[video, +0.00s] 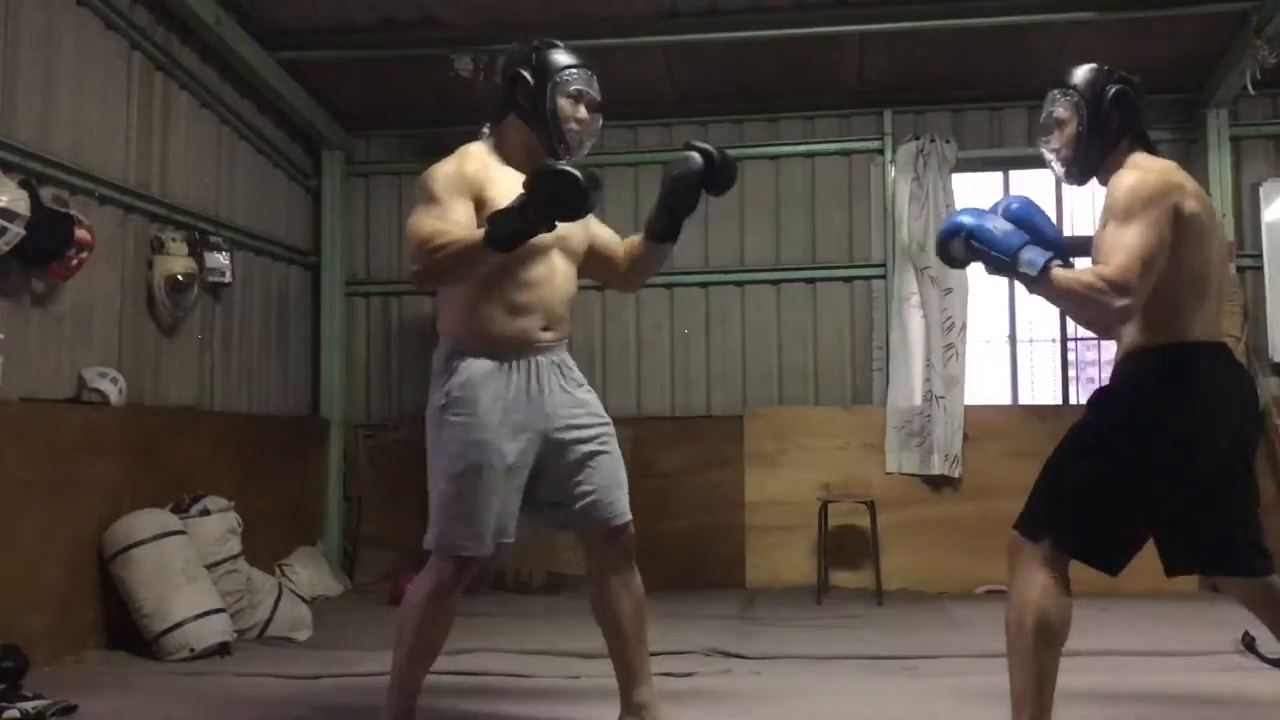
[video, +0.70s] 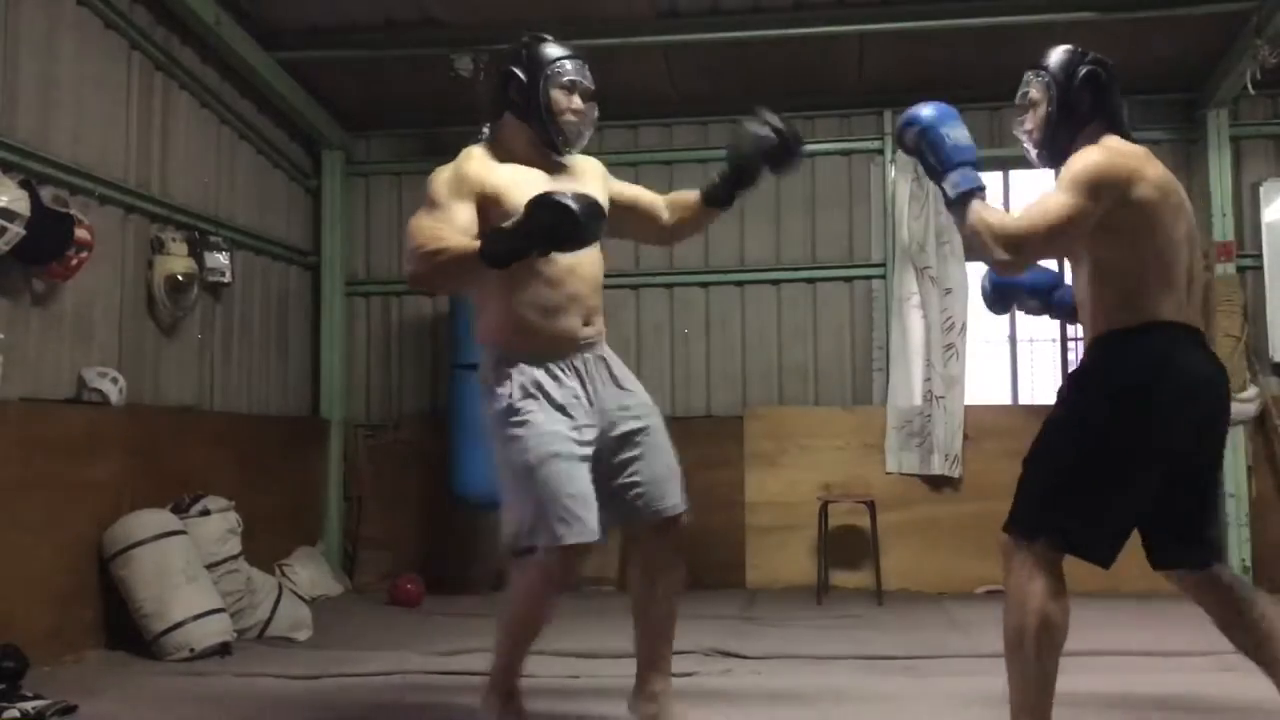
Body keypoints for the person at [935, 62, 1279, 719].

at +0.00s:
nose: (1049, 139)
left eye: (1059, 122)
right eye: (1046, 126)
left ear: (1106, 119)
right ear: (1118, 125)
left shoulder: (1141, 181)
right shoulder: (1174, 183)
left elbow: (1109, 305)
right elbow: (1134, 290)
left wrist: (1023, 260)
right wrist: (1057, 244)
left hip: (1161, 390)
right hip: (1218, 390)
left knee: (1037, 548)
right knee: (1239, 571)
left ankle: (1030, 713)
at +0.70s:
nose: (1021, 123)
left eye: (1029, 106)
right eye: (1021, 108)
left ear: (1069, 103)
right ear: (1099, 106)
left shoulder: (1097, 162)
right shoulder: (1154, 175)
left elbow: (1004, 244)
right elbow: (1146, 300)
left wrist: (957, 175)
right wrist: (1053, 296)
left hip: (1128, 374)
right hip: (1197, 378)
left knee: (1030, 545)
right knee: (1196, 565)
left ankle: (1028, 712)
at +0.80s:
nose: (1040, 113)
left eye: (1048, 96)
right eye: (1038, 98)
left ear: (1087, 92)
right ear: (1118, 95)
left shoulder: (1095, 152)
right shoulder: (1182, 169)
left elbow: (984, 234)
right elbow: (1129, 298)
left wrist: (912, 186)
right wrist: (1046, 268)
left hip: (1129, 358)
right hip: (1202, 364)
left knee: (1035, 538)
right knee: (1142, 554)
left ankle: (1024, 712)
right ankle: (1180, 712)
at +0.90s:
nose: (1061, 105)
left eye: (1070, 89)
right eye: (1061, 90)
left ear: (1108, 91)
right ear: (1139, 93)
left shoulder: (1104, 153)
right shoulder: (1192, 163)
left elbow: (998, 268)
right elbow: (1105, 275)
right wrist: (1035, 219)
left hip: (1152, 343)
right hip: (1225, 356)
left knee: (1033, 520)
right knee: (1152, 550)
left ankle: (985, 704)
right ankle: (1181, 711)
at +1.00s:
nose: (1083, 96)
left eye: (1095, 81)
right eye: (1084, 81)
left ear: (1136, 83)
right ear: (1166, 87)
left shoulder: (1124, 138)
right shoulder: (1227, 159)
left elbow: (1024, 249)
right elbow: (1110, 253)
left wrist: (964, 335)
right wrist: (1040, 200)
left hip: (1168, 326)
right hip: (1252, 345)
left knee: (1042, 499)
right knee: (1197, 555)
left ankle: (1085, 694)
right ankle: (1186, 713)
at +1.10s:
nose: (1107, 92)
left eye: (1116, 74)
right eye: (1108, 76)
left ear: (1150, 68)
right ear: (1188, 73)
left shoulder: (1151, 122)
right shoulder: (1249, 150)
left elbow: (1081, 236)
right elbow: (1151, 269)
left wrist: (1021, 312)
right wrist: (1080, 198)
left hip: (1178, 336)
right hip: (1259, 341)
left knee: (1096, 528)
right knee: (1200, 540)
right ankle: (1181, 712)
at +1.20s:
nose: (1129, 86)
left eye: (1140, 70)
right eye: (1129, 72)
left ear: (1181, 64)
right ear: (1206, 71)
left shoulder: (1184, 119)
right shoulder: (1256, 139)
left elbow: (1128, 236)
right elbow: (1178, 281)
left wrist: (1073, 288)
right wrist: (1107, 216)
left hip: (1202, 348)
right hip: (1251, 345)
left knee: (1204, 557)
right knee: (1201, 559)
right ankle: (1182, 710)